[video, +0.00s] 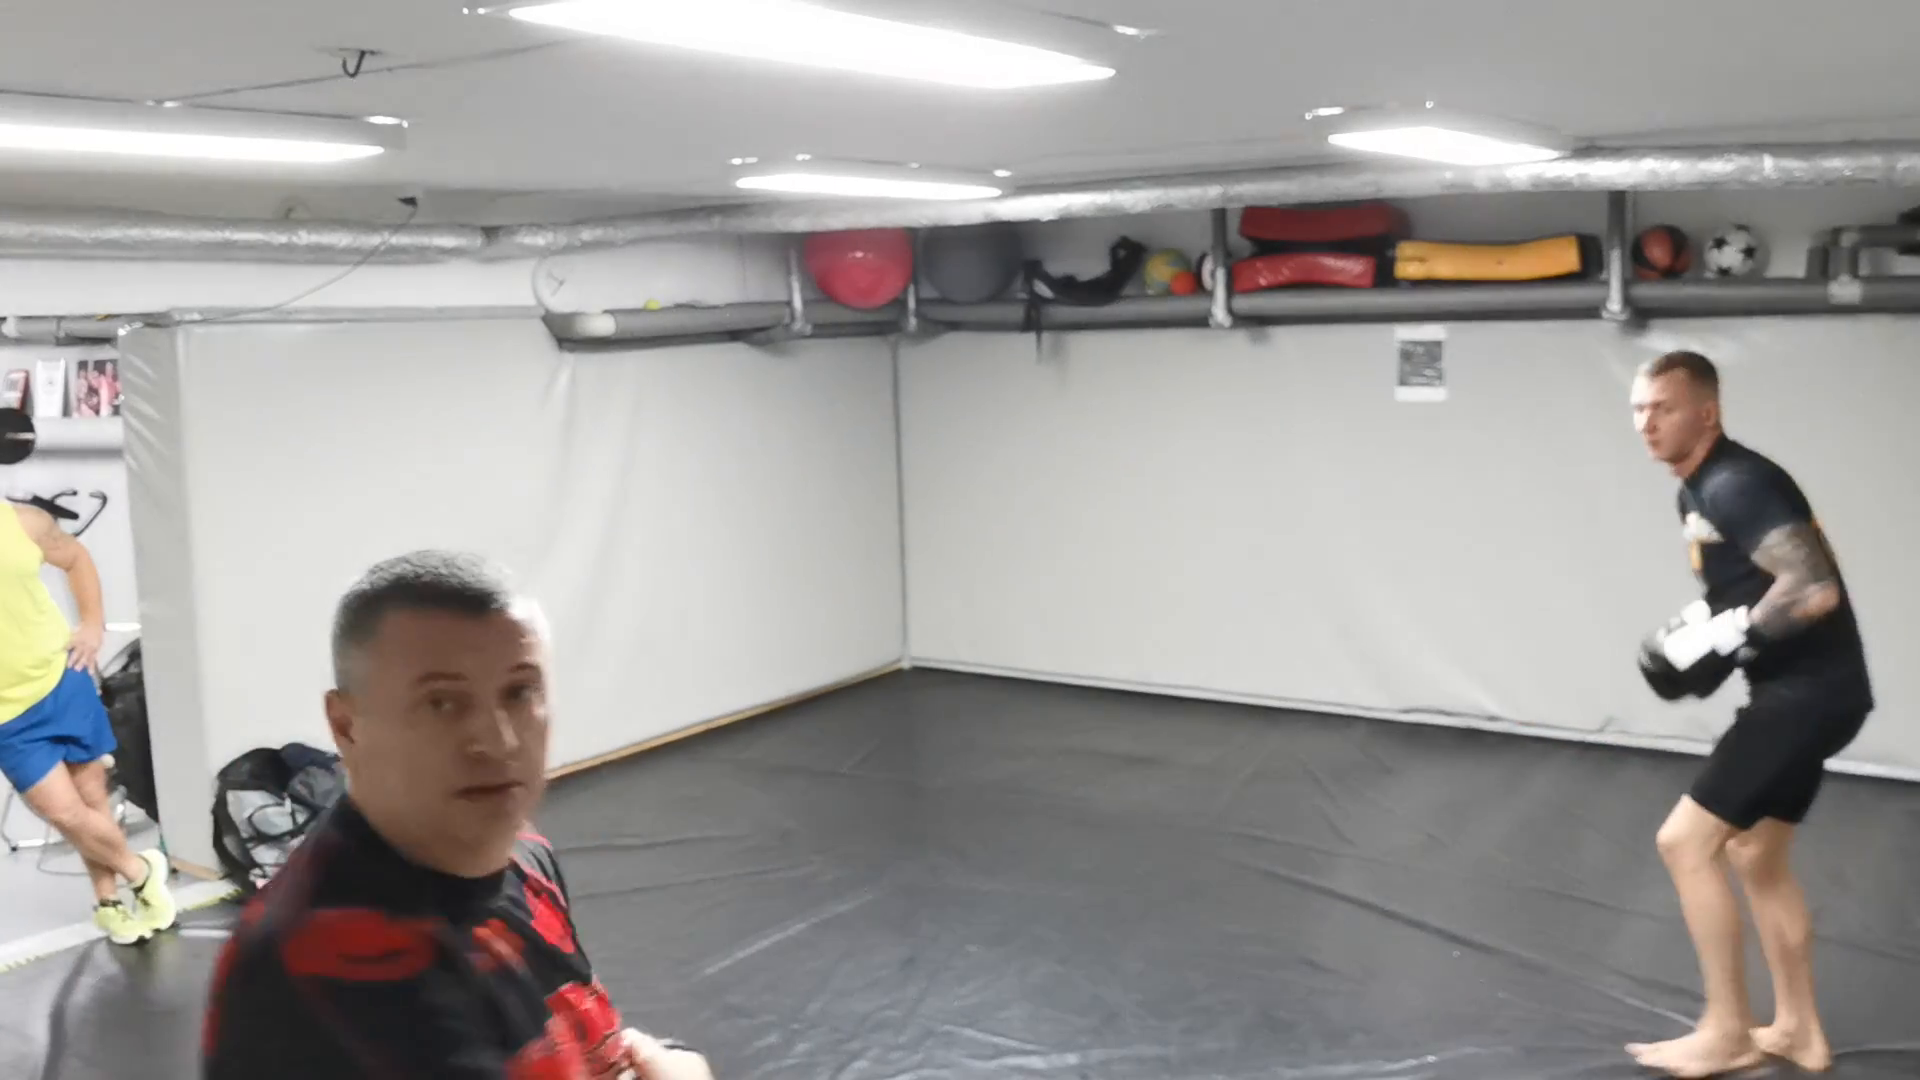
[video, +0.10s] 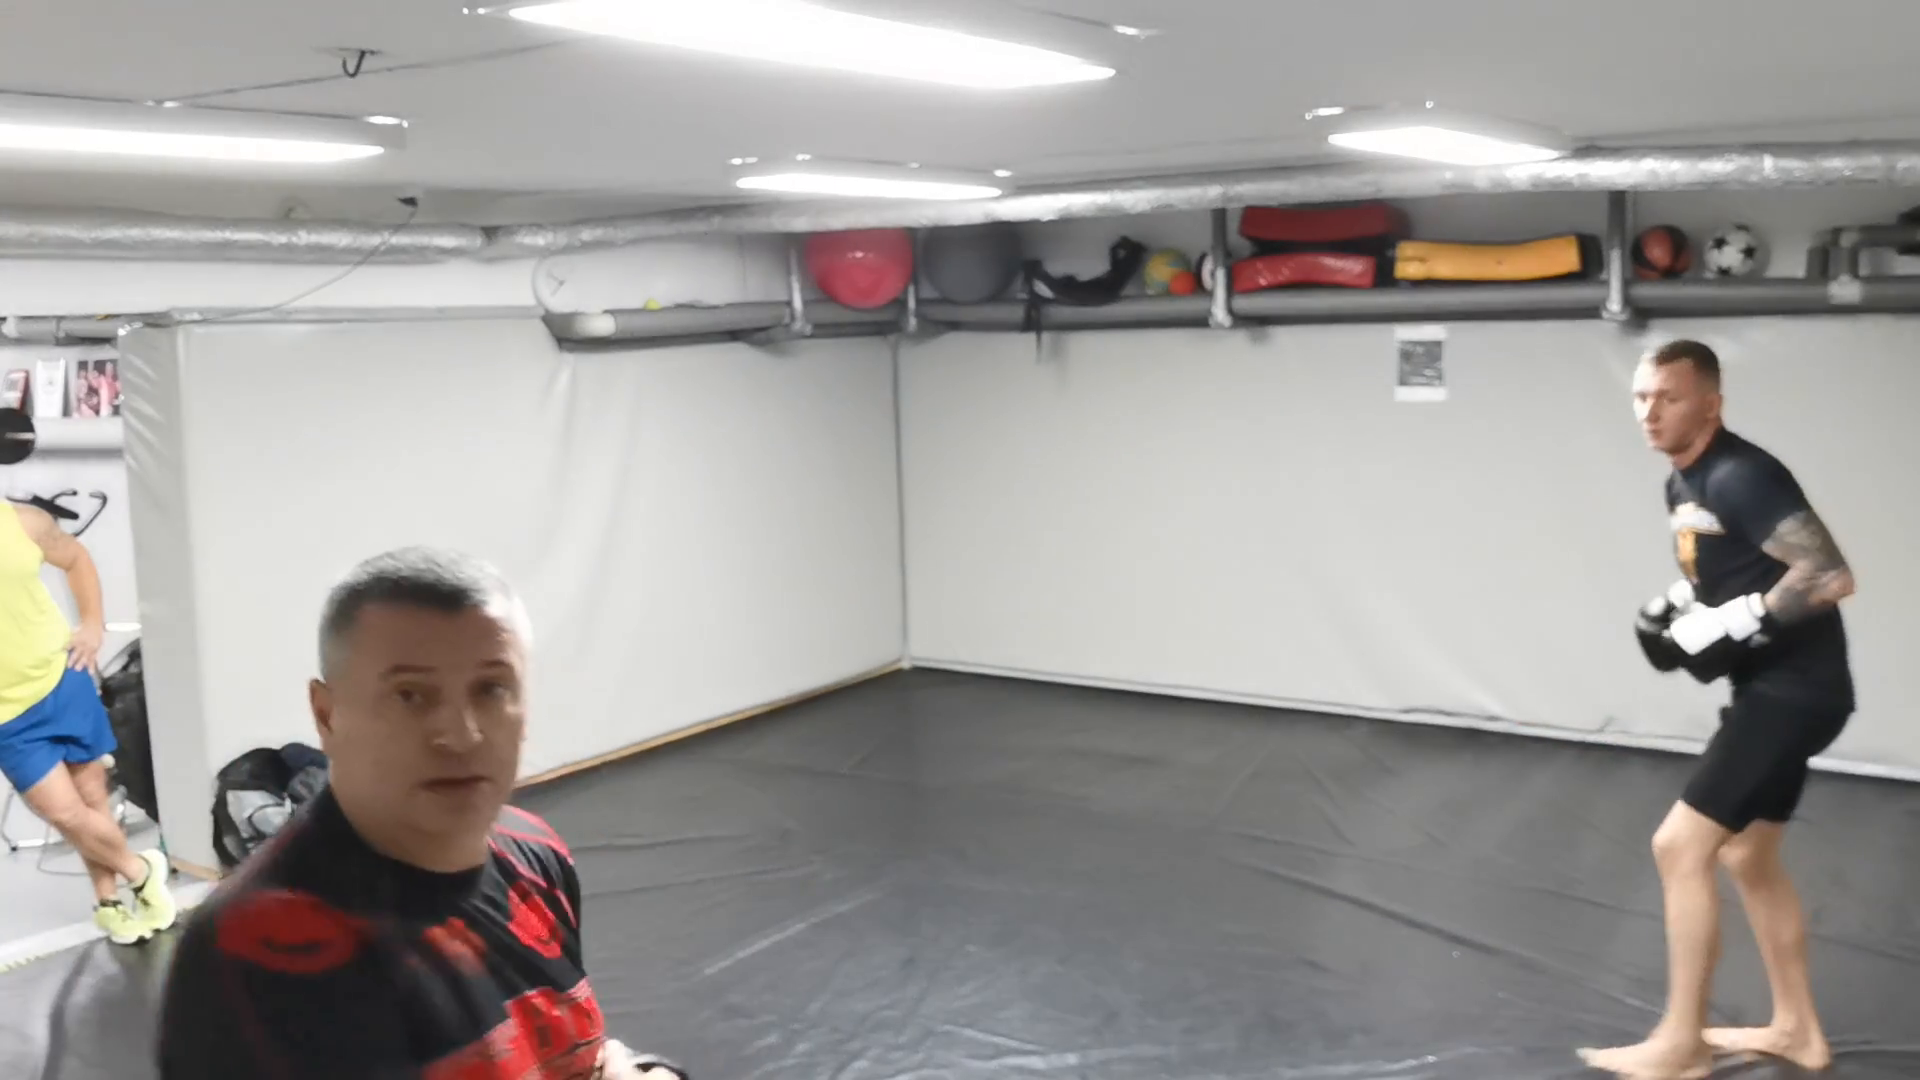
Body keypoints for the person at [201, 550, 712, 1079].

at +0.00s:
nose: (497, 741)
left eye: (520, 694)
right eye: (442, 703)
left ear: (547, 706)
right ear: (346, 728)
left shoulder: (525, 863)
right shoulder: (309, 966)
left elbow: (598, 1044)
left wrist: (668, 1063)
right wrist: (654, 1065)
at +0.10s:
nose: (461, 733)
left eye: (492, 690)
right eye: (412, 695)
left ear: (524, 707)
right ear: (327, 718)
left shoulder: (535, 856)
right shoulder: (249, 950)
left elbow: (574, 1048)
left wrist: (642, 1072)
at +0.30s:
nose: (393, 716)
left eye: (430, 674)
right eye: (347, 677)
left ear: (474, 695)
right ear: (277, 701)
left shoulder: (535, 854)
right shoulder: (179, 927)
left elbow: (598, 1047)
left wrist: (601, 1070)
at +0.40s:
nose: (355, 715)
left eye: (393, 673)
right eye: (311, 677)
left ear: (447, 694)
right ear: (244, 701)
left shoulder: (528, 856)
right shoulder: (145, 933)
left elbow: (607, 1043)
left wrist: (604, 1069)